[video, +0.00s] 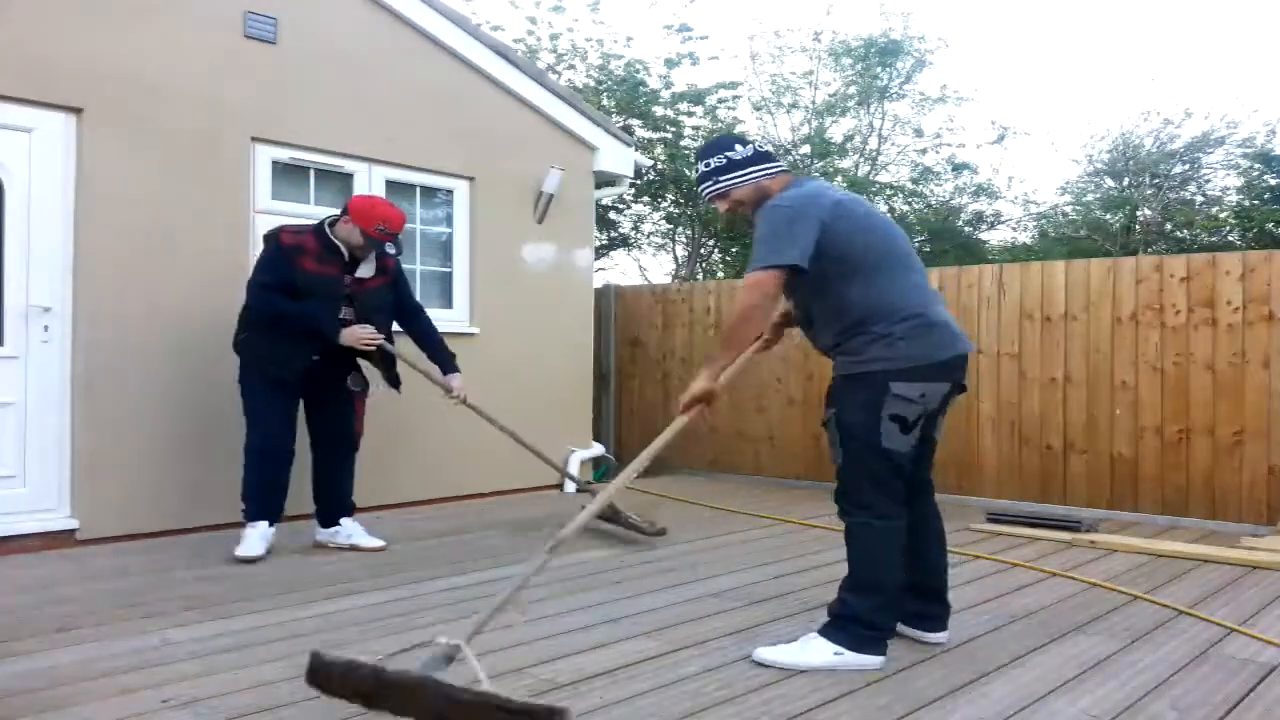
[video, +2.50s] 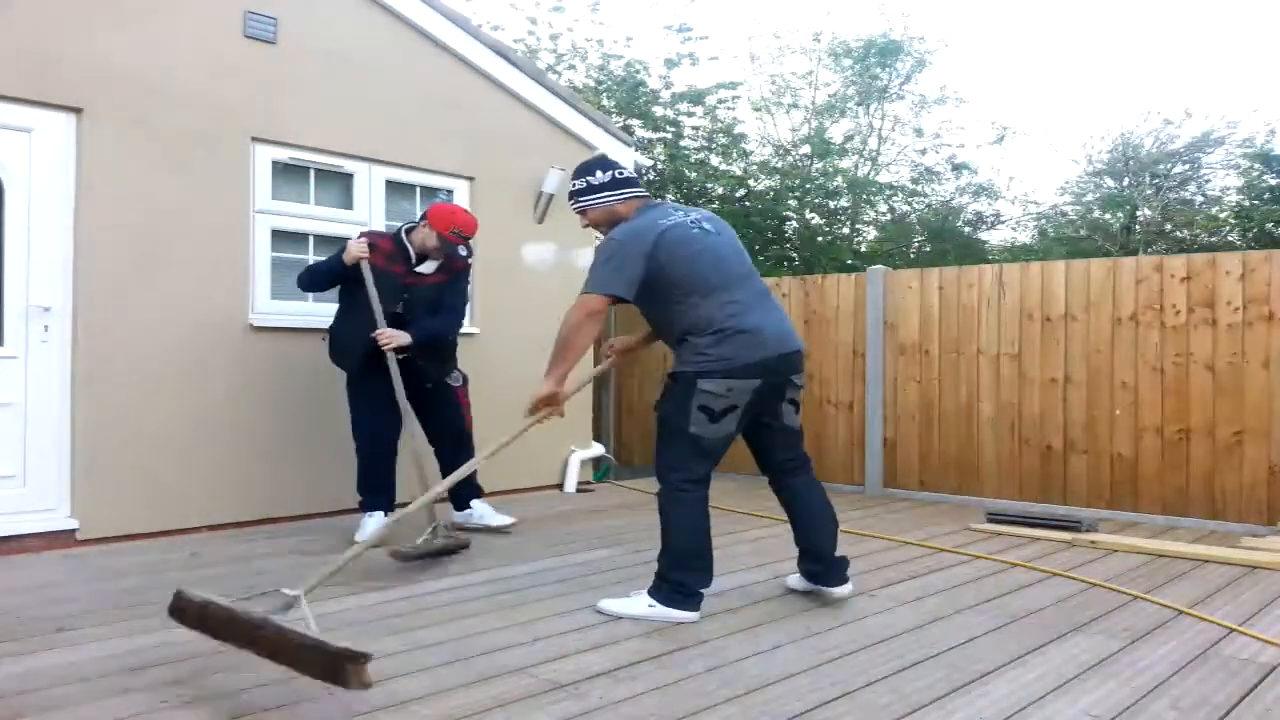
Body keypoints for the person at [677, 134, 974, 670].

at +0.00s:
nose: (723, 209)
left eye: (721, 195)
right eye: (717, 200)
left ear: (743, 177)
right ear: (764, 167)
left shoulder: (789, 206)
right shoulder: (824, 197)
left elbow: (759, 299)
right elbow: (843, 276)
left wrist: (713, 371)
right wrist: (787, 317)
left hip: (886, 361)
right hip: (932, 355)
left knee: (866, 496)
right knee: (910, 491)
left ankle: (857, 636)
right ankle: (924, 613)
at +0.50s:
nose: (722, 198)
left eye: (722, 185)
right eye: (717, 189)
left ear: (751, 169)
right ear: (774, 166)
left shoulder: (762, 216)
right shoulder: (847, 190)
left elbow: (758, 316)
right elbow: (907, 228)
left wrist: (763, 371)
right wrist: (862, 294)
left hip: (833, 361)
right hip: (902, 356)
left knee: (767, 476)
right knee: (864, 483)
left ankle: (791, 623)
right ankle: (878, 616)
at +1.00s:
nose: (613, 219)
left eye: (609, 207)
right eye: (606, 211)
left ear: (630, 189)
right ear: (651, 181)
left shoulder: (660, 224)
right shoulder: (723, 205)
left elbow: (635, 319)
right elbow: (758, 280)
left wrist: (607, 398)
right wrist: (705, 341)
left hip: (765, 360)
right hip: (832, 354)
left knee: (720, 488)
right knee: (825, 485)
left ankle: (704, 620)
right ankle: (861, 614)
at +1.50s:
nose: (617, 207)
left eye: (615, 195)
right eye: (612, 197)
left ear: (638, 182)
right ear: (663, 174)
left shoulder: (655, 222)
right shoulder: (744, 200)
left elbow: (648, 317)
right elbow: (800, 256)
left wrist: (664, 375)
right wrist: (764, 317)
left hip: (726, 360)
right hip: (794, 355)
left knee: (700, 486)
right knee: (765, 476)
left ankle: (704, 617)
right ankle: (769, 592)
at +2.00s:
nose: (595, 222)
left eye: (595, 209)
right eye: (591, 213)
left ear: (621, 196)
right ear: (642, 193)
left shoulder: (634, 235)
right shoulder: (717, 214)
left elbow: (619, 323)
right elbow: (765, 276)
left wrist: (620, 390)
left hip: (721, 360)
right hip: (787, 355)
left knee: (683, 477)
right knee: (767, 474)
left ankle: (676, 594)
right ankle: (768, 590)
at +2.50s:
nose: (586, 222)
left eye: (586, 210)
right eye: (582, 213)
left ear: (613, 199)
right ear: (630, 196)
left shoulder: (628, 236)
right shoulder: (697, 218)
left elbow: (588, 311)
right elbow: (695, 300)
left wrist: (554, 381)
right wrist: (635, 342)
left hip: (716, 361)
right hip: (781, 352)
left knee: (682, 478)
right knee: (789, 466)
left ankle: (677, 594)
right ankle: (827, 573)